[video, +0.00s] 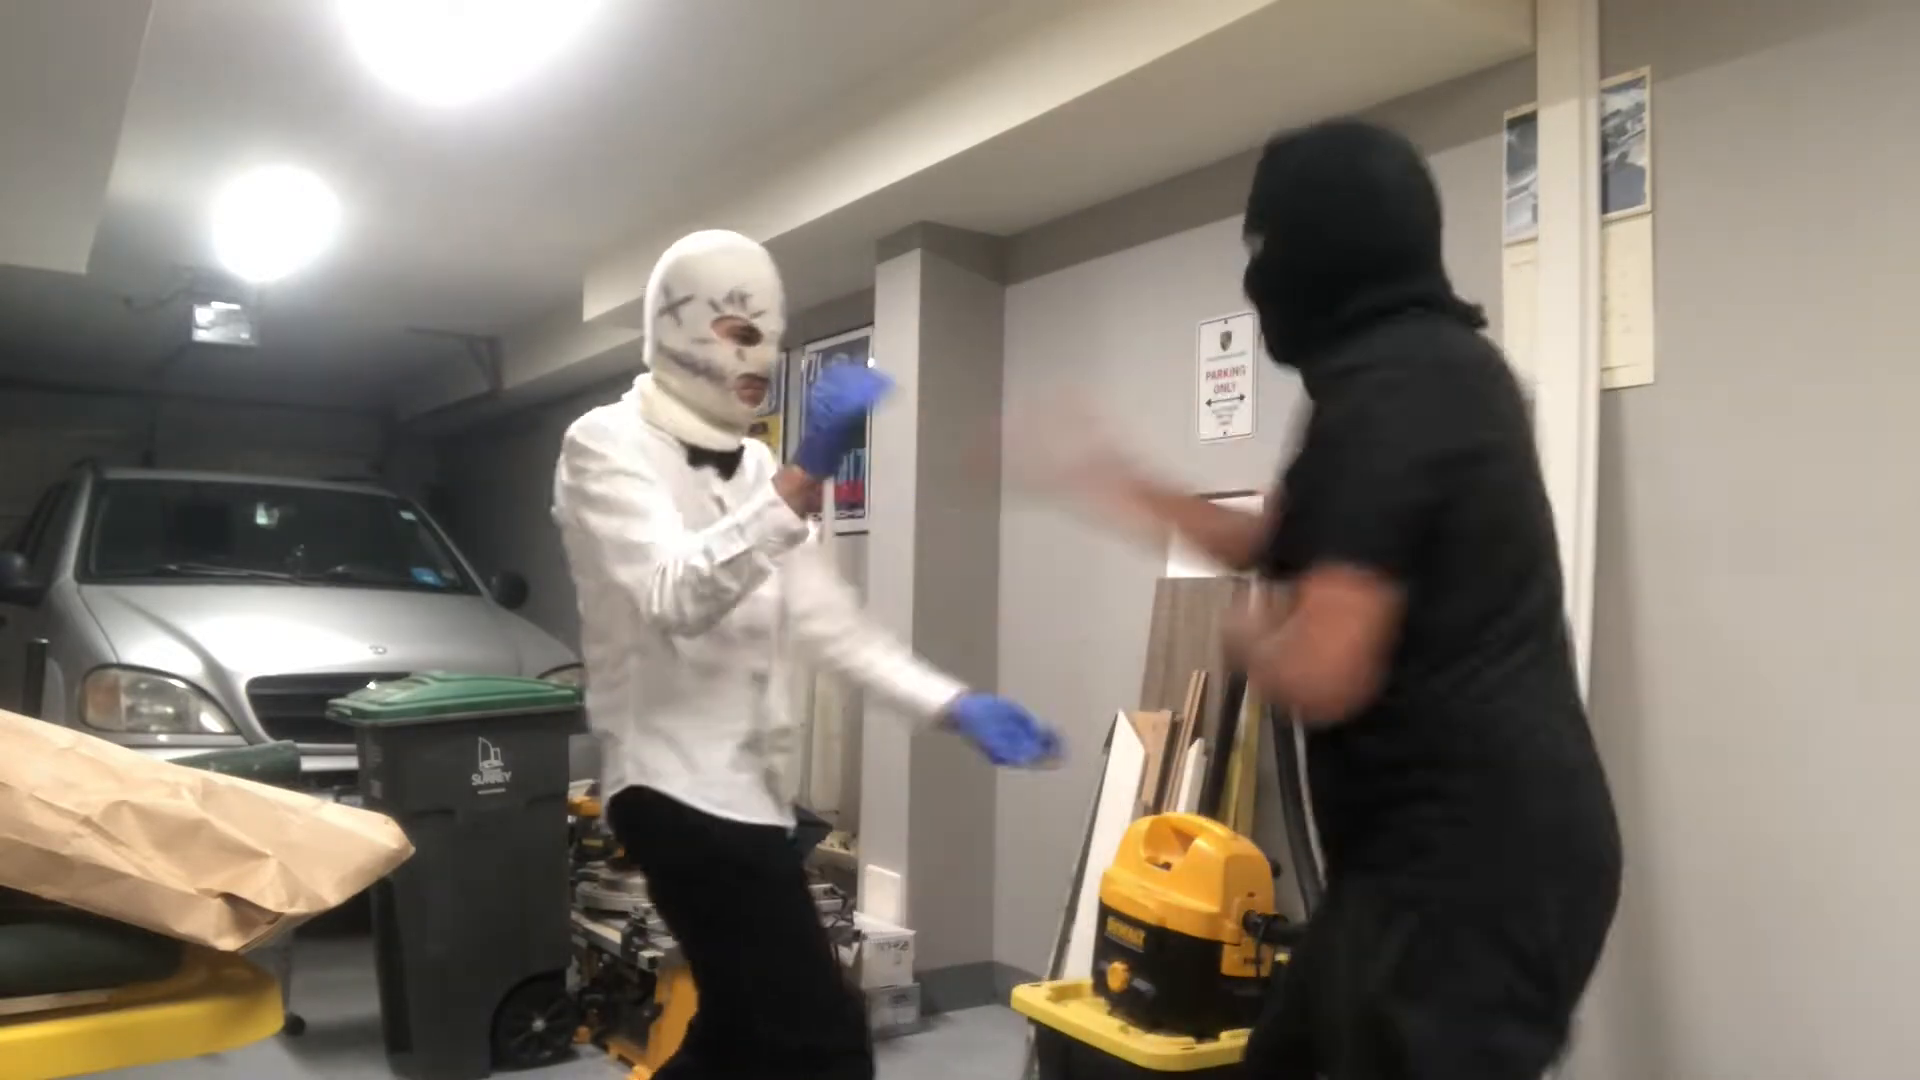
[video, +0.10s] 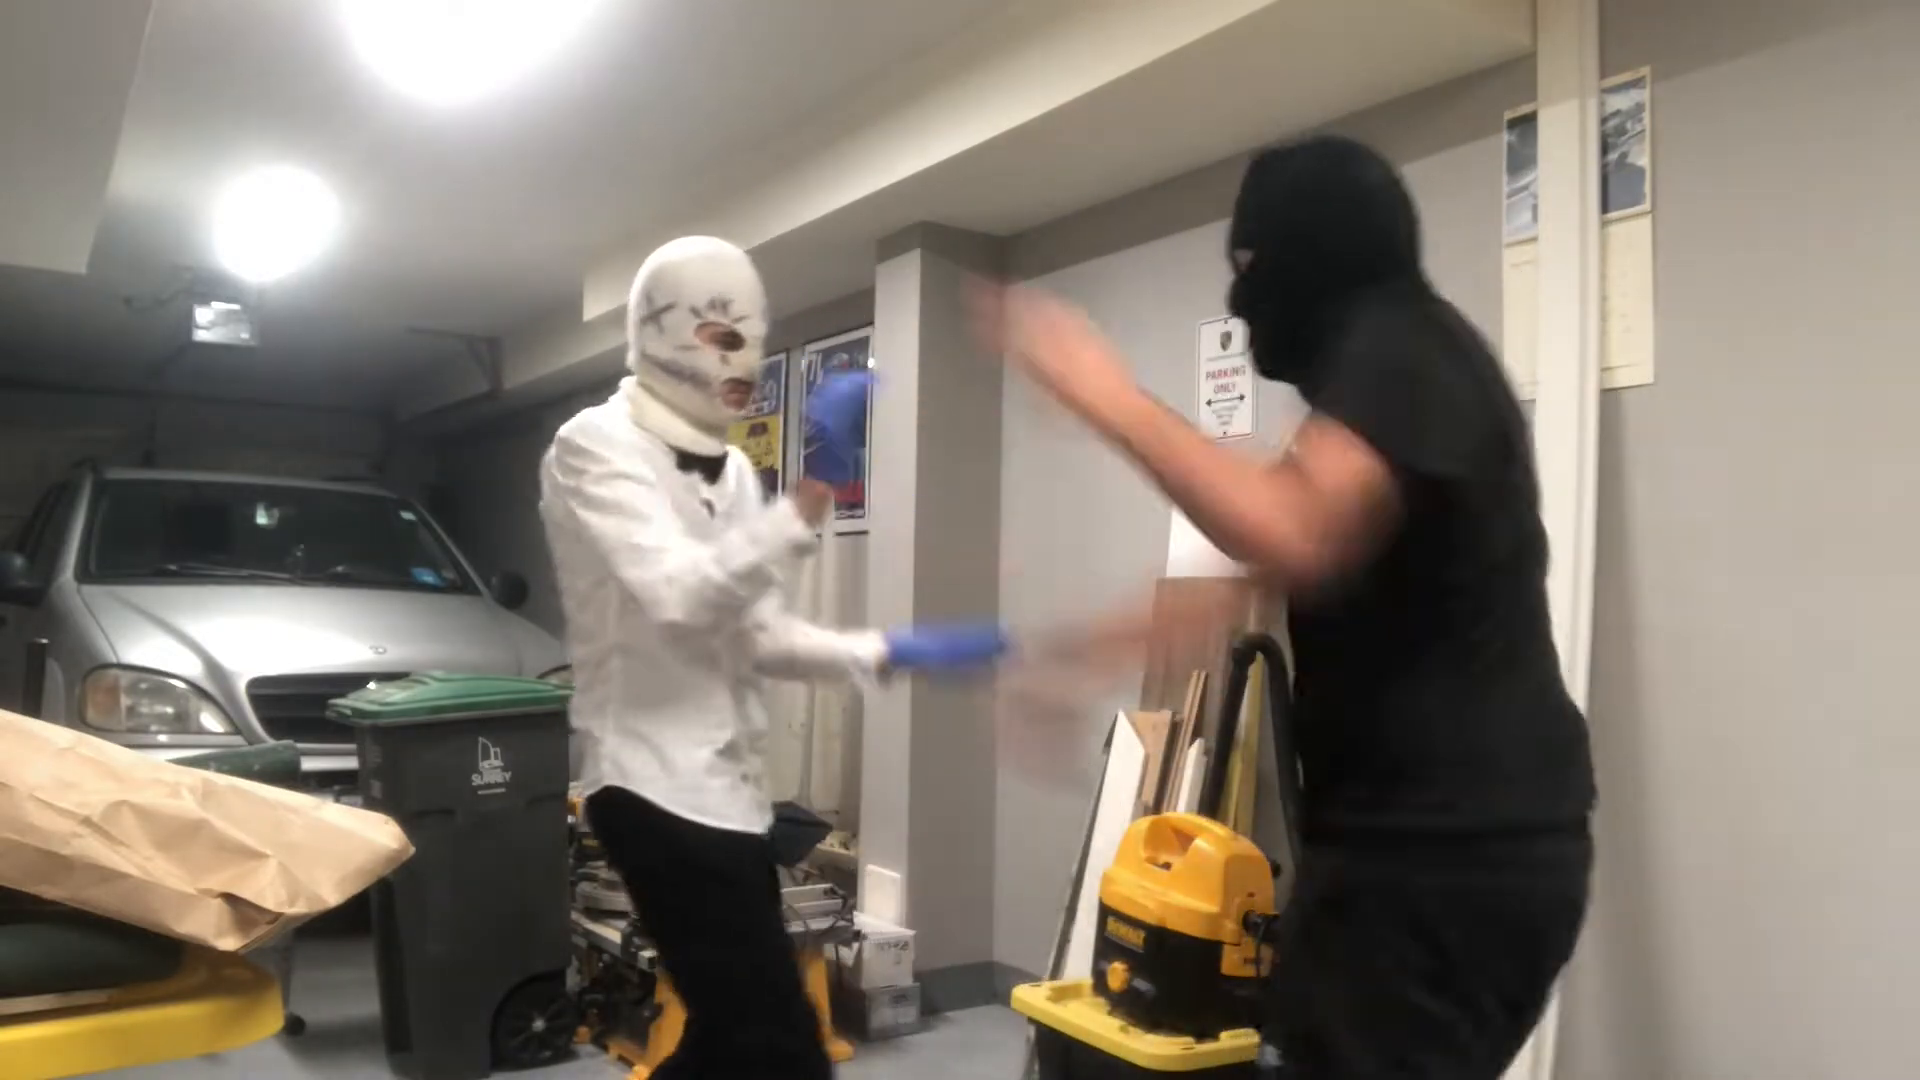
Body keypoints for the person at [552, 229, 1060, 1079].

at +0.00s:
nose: (757, 357)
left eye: (765, 337)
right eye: (735, 331)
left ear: (777, 344)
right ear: (672, 331)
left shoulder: (761, 467)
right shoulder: (607, 444)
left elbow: (832, 626)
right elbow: (671, 597)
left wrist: (956, 704)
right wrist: (801, 479)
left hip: (752, 781)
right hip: (669, 780)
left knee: (736, 1033)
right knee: (819, 1035)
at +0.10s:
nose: (747, 365)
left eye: (754, 344)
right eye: (725, 339)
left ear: (756, 345)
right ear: (660, 335)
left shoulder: (735, 474)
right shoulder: (595, 446)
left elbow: (755, 635)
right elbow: (674, 596)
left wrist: (885, 651)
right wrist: (799, 513)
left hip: (723, 777)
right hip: (643, 776)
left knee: (732, 1036)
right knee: (778, 1042)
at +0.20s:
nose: (698, 354)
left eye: (710, 336)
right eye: (676, 333)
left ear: (725, 348)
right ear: (619, 340)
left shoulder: (713, 479)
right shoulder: (570, 458)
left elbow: (765, 613)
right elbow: (713, 575)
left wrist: (897, 564)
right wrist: (880, 530)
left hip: (709, 794)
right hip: (629, 789)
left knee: (742, 1043)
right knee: (752, 1047)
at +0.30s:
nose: (698, 368)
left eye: (702, 344)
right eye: (675, 343)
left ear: (711, 349)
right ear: (615, 349)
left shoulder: (693, 489)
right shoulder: (567, 464)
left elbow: (764, 589)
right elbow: (696, 622)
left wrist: (878, 540)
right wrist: (840, 620)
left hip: (689, 789)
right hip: (616, 790)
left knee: (732, 1038)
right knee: (748, 1044)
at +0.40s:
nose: (716, 366)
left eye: (719, 343)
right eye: (692, 342)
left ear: (722, 344)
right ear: (635, 346)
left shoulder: (663, 471)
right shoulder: (610, 453)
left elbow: (749, 603)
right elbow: (666, 636)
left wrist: (902, 580)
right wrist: (831, 691)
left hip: (656, 776)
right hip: (611, 778)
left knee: (713, 1020)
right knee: (760, 1021)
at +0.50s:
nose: (732, 357)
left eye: (734, 336)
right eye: (715, 333)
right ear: (663, 331)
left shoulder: (650, 444)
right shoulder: (630, 421)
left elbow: (747, 595)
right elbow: (670, 600)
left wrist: (855, 552)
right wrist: (829, 651)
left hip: (646, 768)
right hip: (642, 770)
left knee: (680, 1020)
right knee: (770, 1029)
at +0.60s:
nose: (710, 349)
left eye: (715, 332)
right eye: (691, 328)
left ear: (716, 335)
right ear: (639, 328)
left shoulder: (630, 424)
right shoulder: (623, 410)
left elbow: (752, 538)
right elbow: (670, 588)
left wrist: (865, 468)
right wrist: (806, 662)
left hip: (625, 755)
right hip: (661, 749)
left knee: (680, 988)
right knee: (780, 1006)